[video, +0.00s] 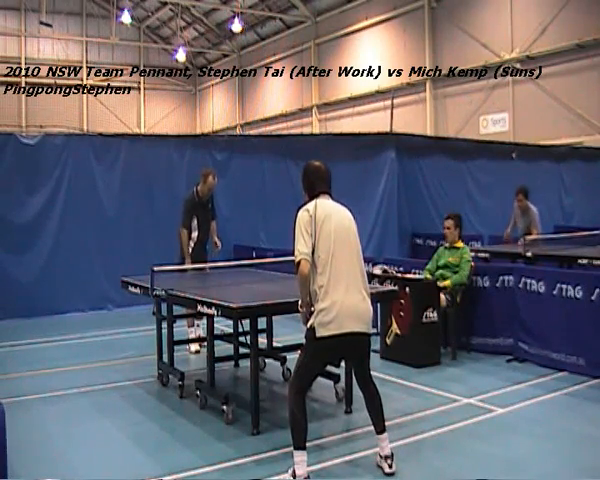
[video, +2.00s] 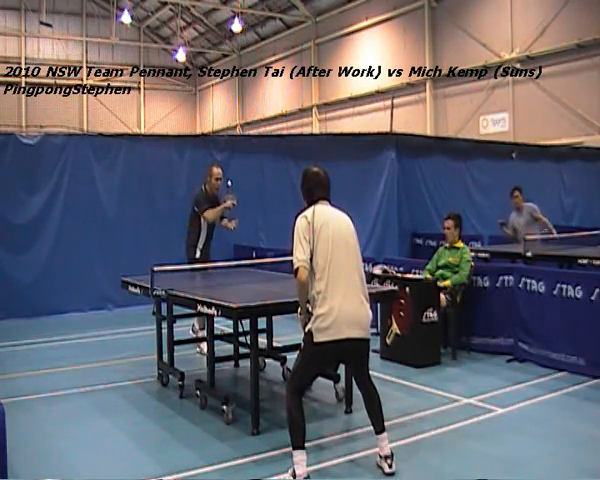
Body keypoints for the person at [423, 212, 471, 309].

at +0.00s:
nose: (445, 232)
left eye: (448, 228)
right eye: (444, 228)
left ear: (457, 230)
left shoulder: (464, 251)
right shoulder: (441, 249)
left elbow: (463, 276)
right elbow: (429, 268)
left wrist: (445, 283)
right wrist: (428, 277)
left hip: (454, 285)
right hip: (436, 282)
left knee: (441, 298)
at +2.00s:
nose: (445, 232)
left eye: (448, 229)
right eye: (444, 229)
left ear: (457, 230)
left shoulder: (464, 251)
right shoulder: (442, 249)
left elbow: (463, 276)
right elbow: (430, 267)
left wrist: (446, 283)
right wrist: (428, 276)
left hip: (453, 284)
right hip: (436, 281)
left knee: (442, 298)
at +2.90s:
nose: (445, 232)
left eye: (448, 229)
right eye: (444, 229)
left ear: (457, 230)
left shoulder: (464, 251)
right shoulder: (442, 249)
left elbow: (463, 276)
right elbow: (429, 267)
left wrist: (446, 283)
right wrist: (428, 276)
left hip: (452, 284)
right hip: (435, 281)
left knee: (441, 298)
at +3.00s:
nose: (445, 232)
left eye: (448, 229)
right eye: (444, 229)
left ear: (457, 230)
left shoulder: (464, 251)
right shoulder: (442, 249)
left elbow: (463, 276)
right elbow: (430, 266)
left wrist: (447, 283)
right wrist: (428, 275)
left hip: (453, 284)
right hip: (435, 281)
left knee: (442, 298)